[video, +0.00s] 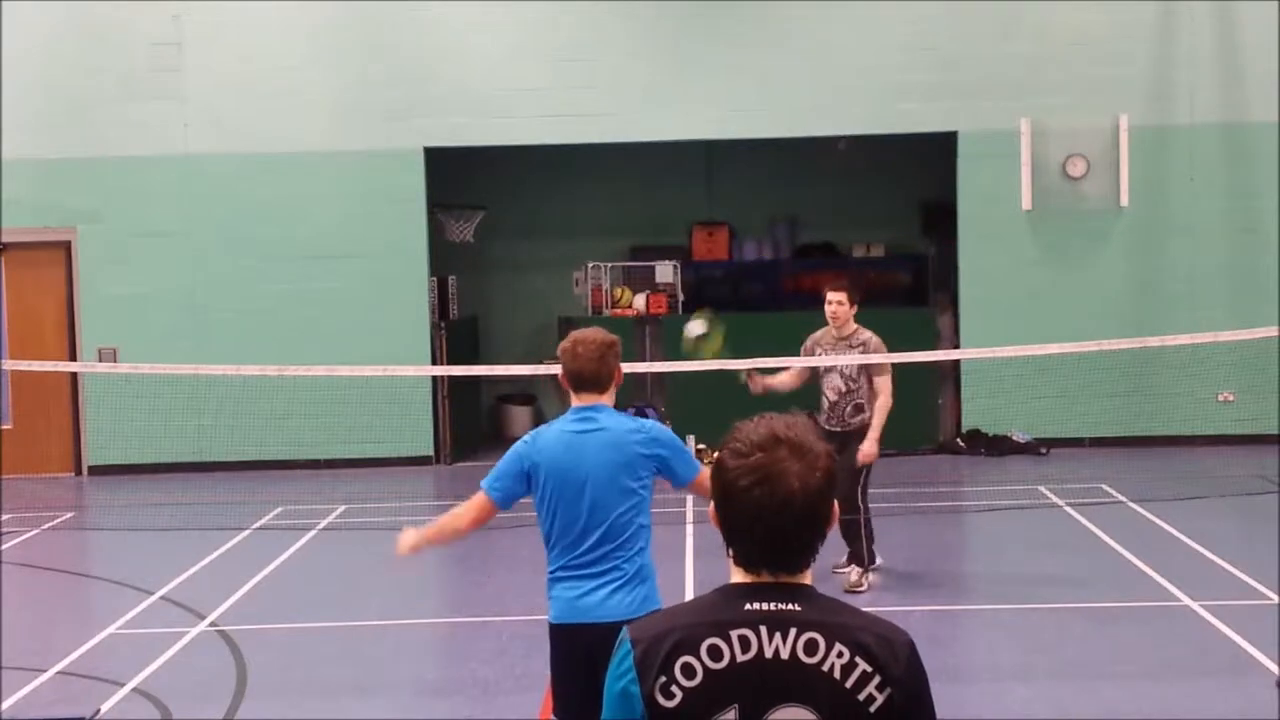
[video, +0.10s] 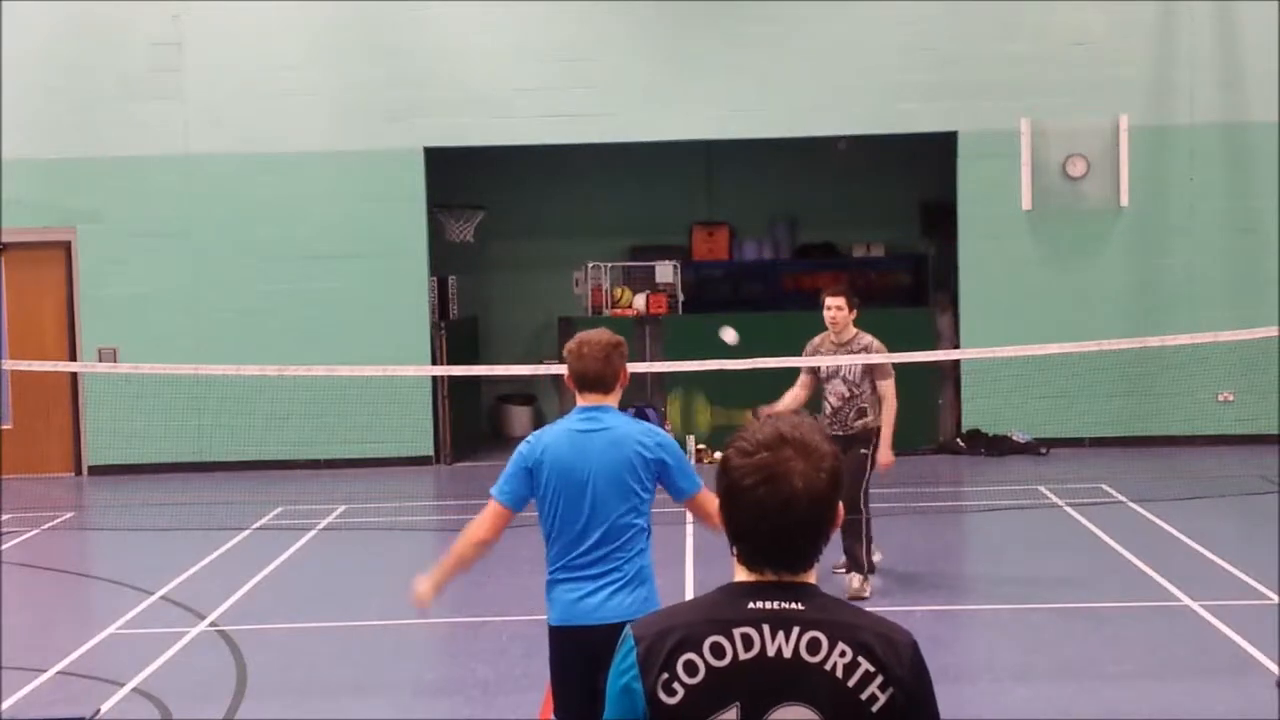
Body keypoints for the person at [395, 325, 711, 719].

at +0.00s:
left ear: (562, 379)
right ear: (618, 376)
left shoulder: (535, 445)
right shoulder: (646, 436)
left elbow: (469, 518)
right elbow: (710, 486)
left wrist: (418, 537)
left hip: (571, 621)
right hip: (637, 616)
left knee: (572, 710)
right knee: (642, 708)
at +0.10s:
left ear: (568, 380)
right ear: (624, 377)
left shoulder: (538, 446)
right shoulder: (651, 440)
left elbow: (484, 533)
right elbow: (714, 513)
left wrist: (433, 580)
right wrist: (756, 531)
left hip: (570, 621)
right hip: (637, 617)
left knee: (574, 712)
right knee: (638, 712)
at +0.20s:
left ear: (573, 378)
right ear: (628, 377)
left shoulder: (542, 447)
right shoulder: (653, 443)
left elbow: (503, 543)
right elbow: (706, 533)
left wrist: (468, 608)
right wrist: (749, 579)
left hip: (568, 623)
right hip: (635, 620)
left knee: (574, 712)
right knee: (637, 713)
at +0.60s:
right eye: (639, 368)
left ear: (580, 377)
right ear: (636, 376)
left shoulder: (555, 448)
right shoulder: (663, 441)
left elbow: (532, 546)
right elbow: (689, 535)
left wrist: (498, 553)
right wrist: (727, 582)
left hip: (589, 631)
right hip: (656, 628)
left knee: (587, 713)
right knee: (677, 715)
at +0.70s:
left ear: (584, 380)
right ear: (641, 375)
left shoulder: (566, 451)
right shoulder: (674, 439)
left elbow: (542, 548)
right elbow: (708, 529)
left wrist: (509, 513)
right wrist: (753, 587)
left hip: (601, 620)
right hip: (670, 612)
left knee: (595, 710)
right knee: (691, 708)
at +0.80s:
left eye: (605, 378)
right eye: (662, 368)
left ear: (610, 389)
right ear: (661, 382)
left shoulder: (588, 455)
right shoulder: (696, 443)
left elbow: (560, 544)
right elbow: (740, 529)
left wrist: (537, 486)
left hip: (624, 634)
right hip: (693, 630)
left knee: (620, 716)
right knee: (721, 713)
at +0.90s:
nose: (629, 376)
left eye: (632, 371)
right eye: (632, 369)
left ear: (638, 385)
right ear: (687, 380)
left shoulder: (612, 450)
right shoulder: (720, 440)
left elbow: (579, 537)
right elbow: (766, 518)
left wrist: (555, 478)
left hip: (643, 621)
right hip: (712, 617)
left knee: (630, 712)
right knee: (732, 710)